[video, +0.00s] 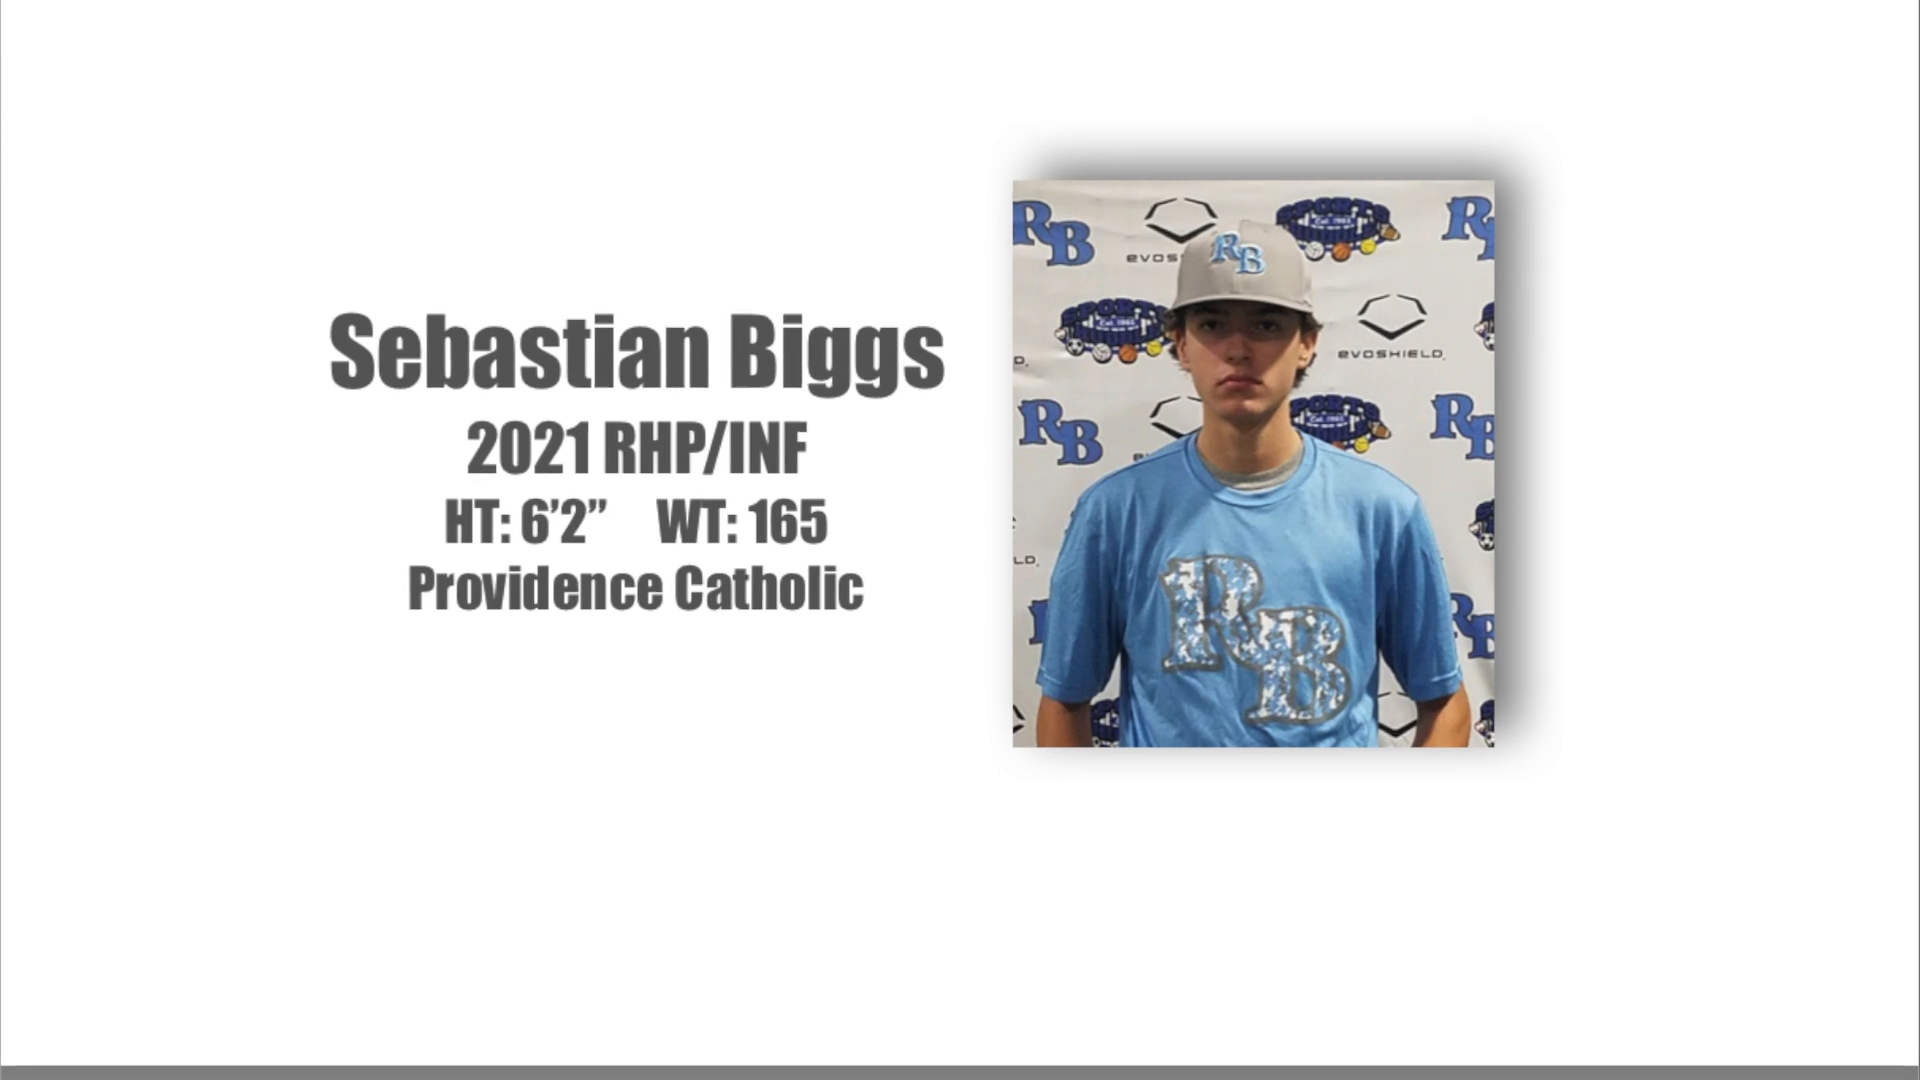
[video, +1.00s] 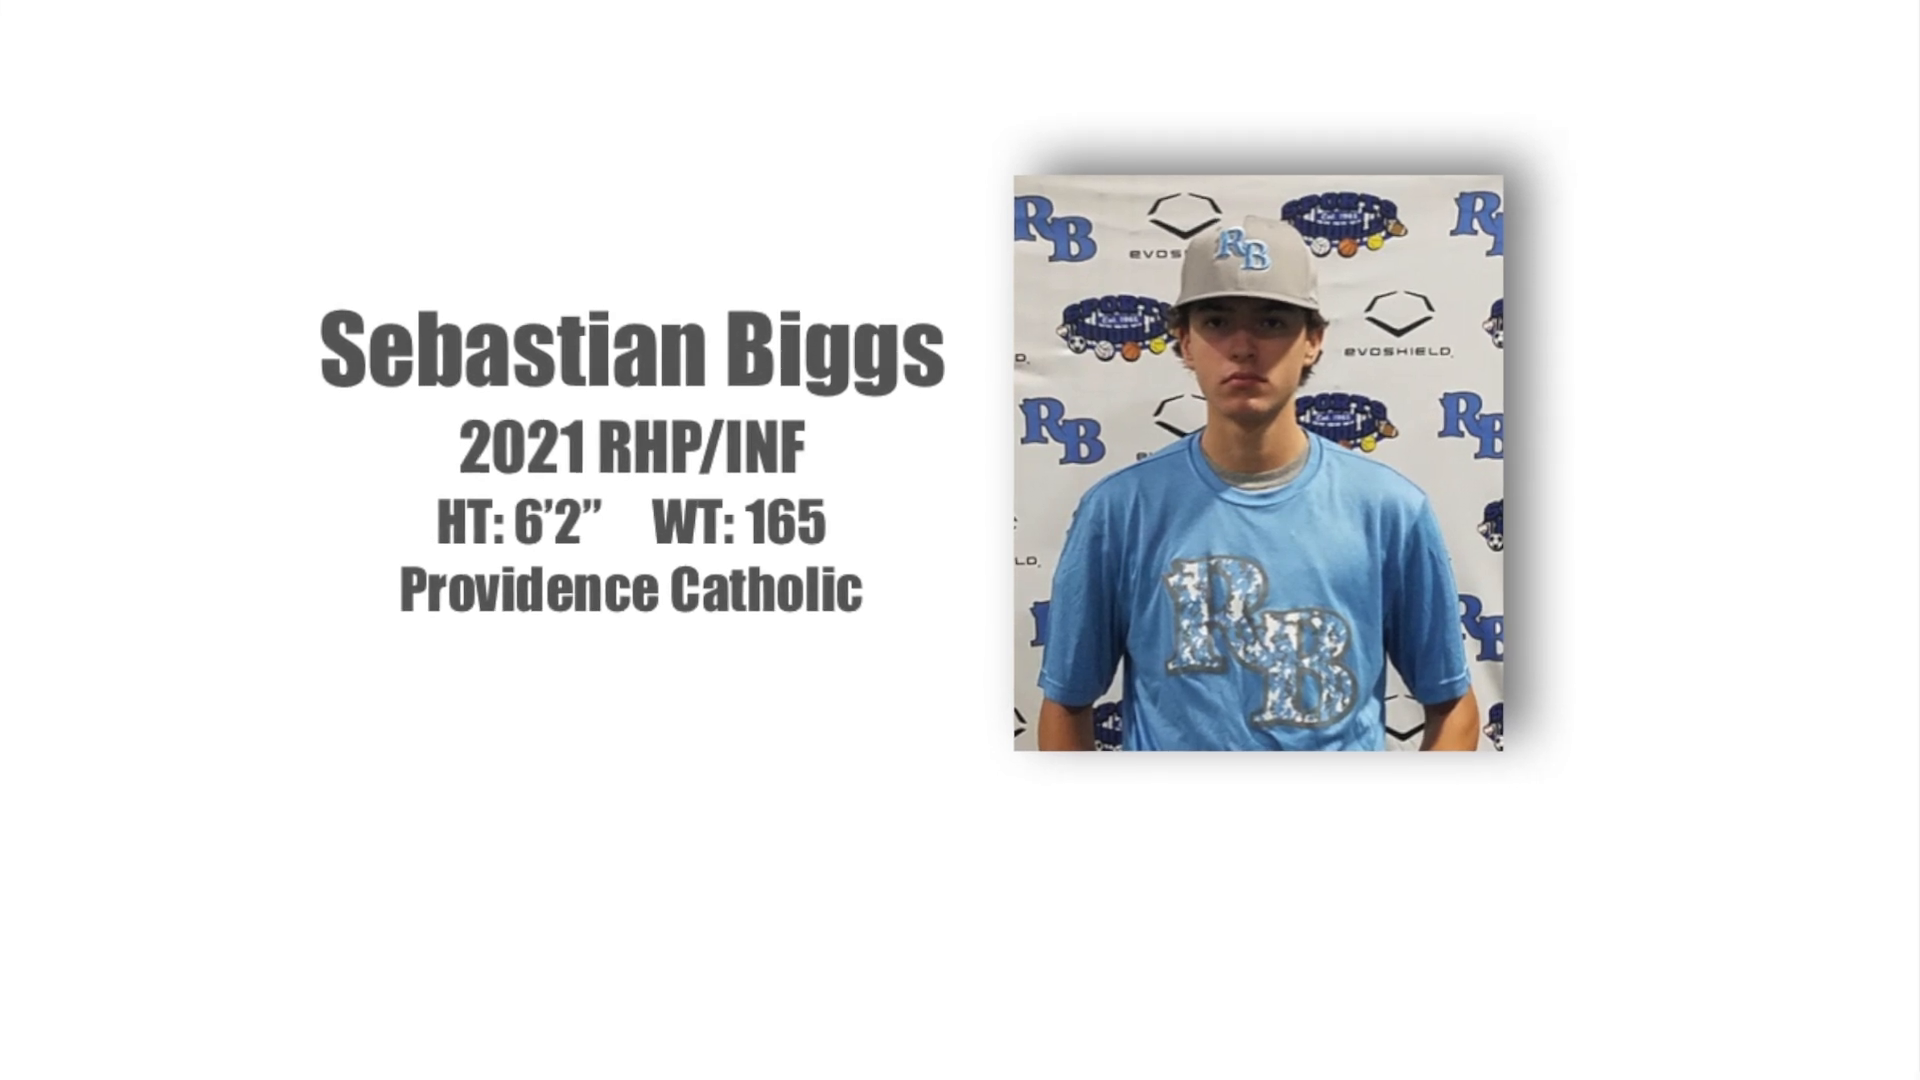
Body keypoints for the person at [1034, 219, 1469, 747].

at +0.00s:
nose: (1239, 349)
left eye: (1266, 325)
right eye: (1216, 325)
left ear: (1306, 345)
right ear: (1181, 345)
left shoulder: (1385, 511)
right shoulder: (1113, 513)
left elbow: (1446, 704)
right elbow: (1065, 705)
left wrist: (1407, 821)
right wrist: (1073, 824)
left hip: (1341, 820)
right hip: (1164, 819)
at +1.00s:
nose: (1243, 346)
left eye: (1271, 322)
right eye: (1220, 322)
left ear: (1311, 343)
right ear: (1185, 343)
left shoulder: (1392, 511)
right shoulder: (1116, 513)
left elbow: (1454, 707)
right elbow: (1067, 709)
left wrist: (1414, 823)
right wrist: (1079, 828)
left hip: (1348, 820)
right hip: (1169, 820)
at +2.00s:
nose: (1248, 343)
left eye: (1276, 319)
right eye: (1223, 319)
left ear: (1317, 341)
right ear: (1189, 341)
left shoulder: (1398, 511)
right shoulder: (1118, 513)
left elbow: (1461, 710)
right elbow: (1068, 712)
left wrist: (1422, 829)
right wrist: (1079, 835)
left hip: (1354, 826)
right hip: (1172, 825)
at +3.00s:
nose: (1254, 340)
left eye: (1282, 316)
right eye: (1229, 316)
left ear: (1324, 337)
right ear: (1193, 338)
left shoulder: (1407, 511)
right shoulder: (1122, 513)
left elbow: (1471, 714)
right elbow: (1071, 716)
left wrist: (1431, 836)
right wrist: (1083, 841)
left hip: (1362, 831)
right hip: (1177, 831)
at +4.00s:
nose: (1260, 337)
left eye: (1289, 312)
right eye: (1234, 312)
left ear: (1331, 334)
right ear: (1198, 335)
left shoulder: (1415, 511)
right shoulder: (1125, 514)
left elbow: (1482, 717)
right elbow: (1073, 720)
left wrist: (1440, 841)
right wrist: (1086, 847)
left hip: (1370, 837)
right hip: (1182, 837)